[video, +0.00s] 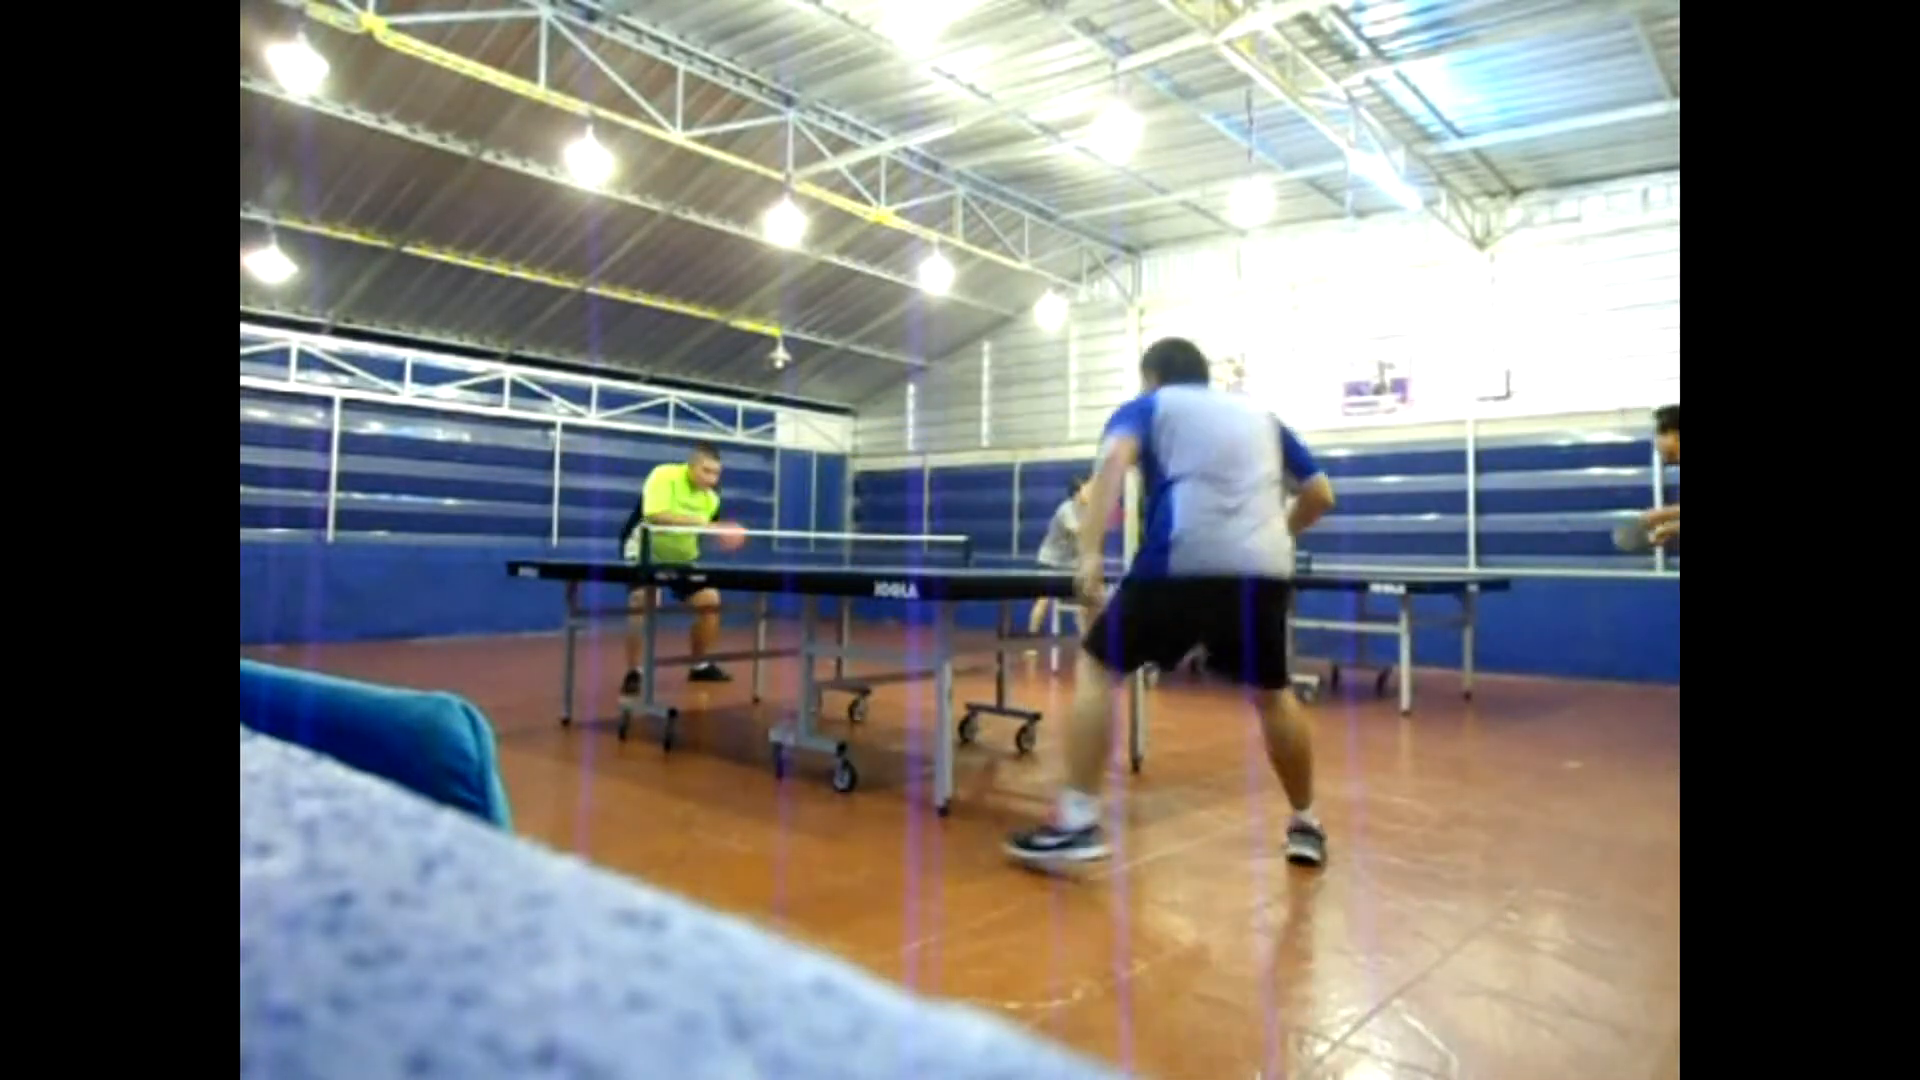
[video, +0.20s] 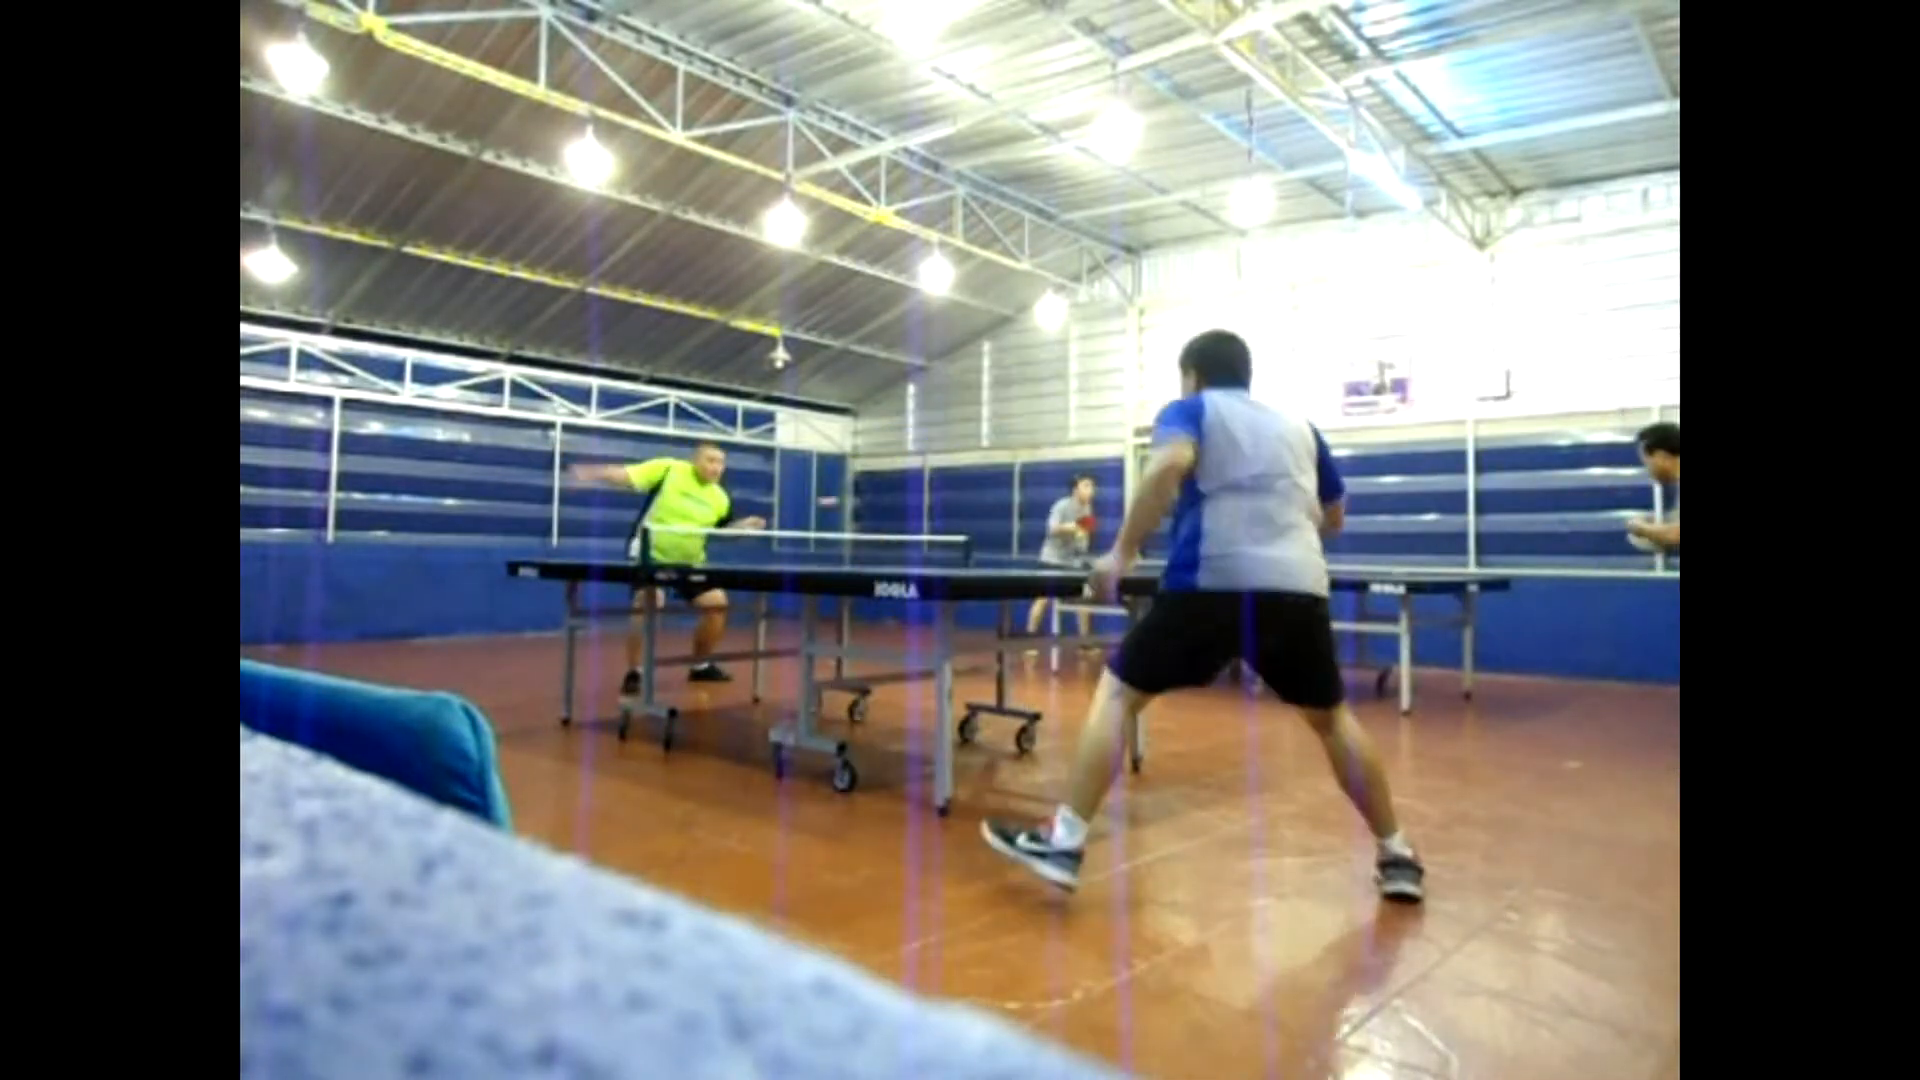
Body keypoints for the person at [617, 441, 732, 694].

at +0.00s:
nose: (712, 478)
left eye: (716, 473)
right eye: (707, 471)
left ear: (718, 473)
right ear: (691, 466)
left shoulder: (711, 499)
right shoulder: (663, 476)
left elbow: (704, 526)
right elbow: (654, 513)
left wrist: (724, 536)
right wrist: (699, 522)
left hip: (683, 556)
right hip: (648, 554)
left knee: (709, 601)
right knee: (642, 601)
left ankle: (701, 663)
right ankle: (634, 670)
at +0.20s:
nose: (716, 467)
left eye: (720, 462)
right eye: (710, 460)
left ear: (723, 466)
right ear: (696, 460)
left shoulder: (720, 499)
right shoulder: (670, 470)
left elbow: (721, 529)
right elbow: (628, 475)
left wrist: (743, 526)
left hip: (691, 563)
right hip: (652, 557)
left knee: (717, 605)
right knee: (647, 603)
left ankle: (701, 664)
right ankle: (634, 671)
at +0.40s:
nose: (714, 453)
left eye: (718, 447)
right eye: (709, 446)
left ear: (722, 452)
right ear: (694, 447)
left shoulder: (722, 487)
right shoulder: (668, 458)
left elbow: (721, 523)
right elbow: (625, 461)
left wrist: (742, 523)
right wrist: (576, 453)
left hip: (693, 554)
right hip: (654, 548)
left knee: (712, 605)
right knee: (641, 600)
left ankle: (701, 663)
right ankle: (629, 666)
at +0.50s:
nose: (710, 447)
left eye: (714, 442)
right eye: (704, 440)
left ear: (717, 448)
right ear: (690, 440)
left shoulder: (719, 481)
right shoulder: (664, 456)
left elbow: (721, 516)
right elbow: (621, 469)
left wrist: (733, 523)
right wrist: (577, 476)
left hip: (693, 548)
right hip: (651, 542)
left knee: (706, 600)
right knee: (634, 598)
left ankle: (701, 662)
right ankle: (618, 663)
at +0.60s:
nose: (699, 442)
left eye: (705, 438)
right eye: (695, 435)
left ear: (710, 444)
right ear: (682, 436)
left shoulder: (712, 478)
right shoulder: (656, 457)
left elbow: (717, 511)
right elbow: (620, 484)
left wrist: (715, 525)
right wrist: (588, 503)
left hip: (689, 545)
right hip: (647, 541)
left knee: (701, 599)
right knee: (627, 600)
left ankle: (701, 661)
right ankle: (606, 661)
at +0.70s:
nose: (691, 443)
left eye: (696, 438)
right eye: (686, 435)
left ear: (699, 443)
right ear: (671, 436)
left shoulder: (702, 476)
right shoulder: (642, 459)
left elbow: (708, 508)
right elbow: (614, 494)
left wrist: (703, 524)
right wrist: (602, 522)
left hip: (680, 550)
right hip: (637, 546)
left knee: (695, 598)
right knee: (623, 603)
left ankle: (700, 661)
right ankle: (602, 662)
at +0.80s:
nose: (677, 442)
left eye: (682, 436)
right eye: (672, 434)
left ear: (685, 442)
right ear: (657, 434)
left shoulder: (688, 474)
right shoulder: (629, 460)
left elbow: (694, 506)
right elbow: (606, 497)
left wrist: (690, 523)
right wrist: (615, 527)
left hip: (671, 548)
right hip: (630, 547)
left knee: (686, 601)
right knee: (617, 606)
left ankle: (699, 661)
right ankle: (603, 664)